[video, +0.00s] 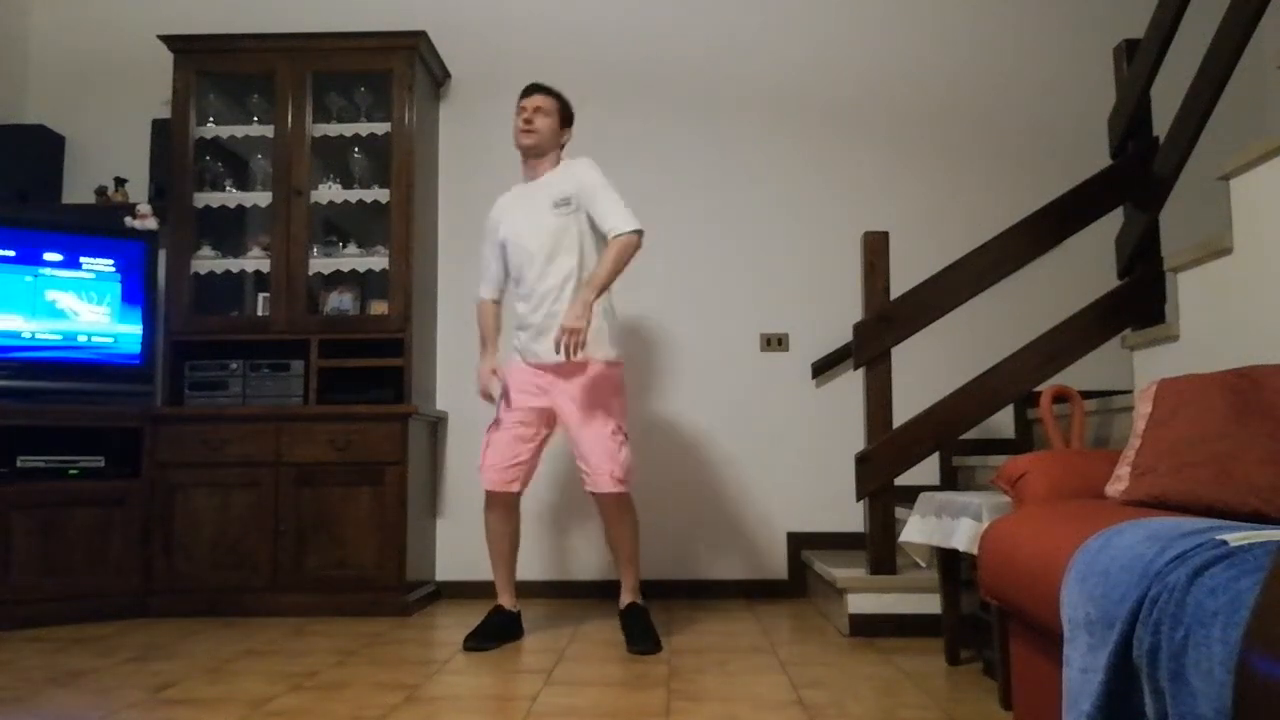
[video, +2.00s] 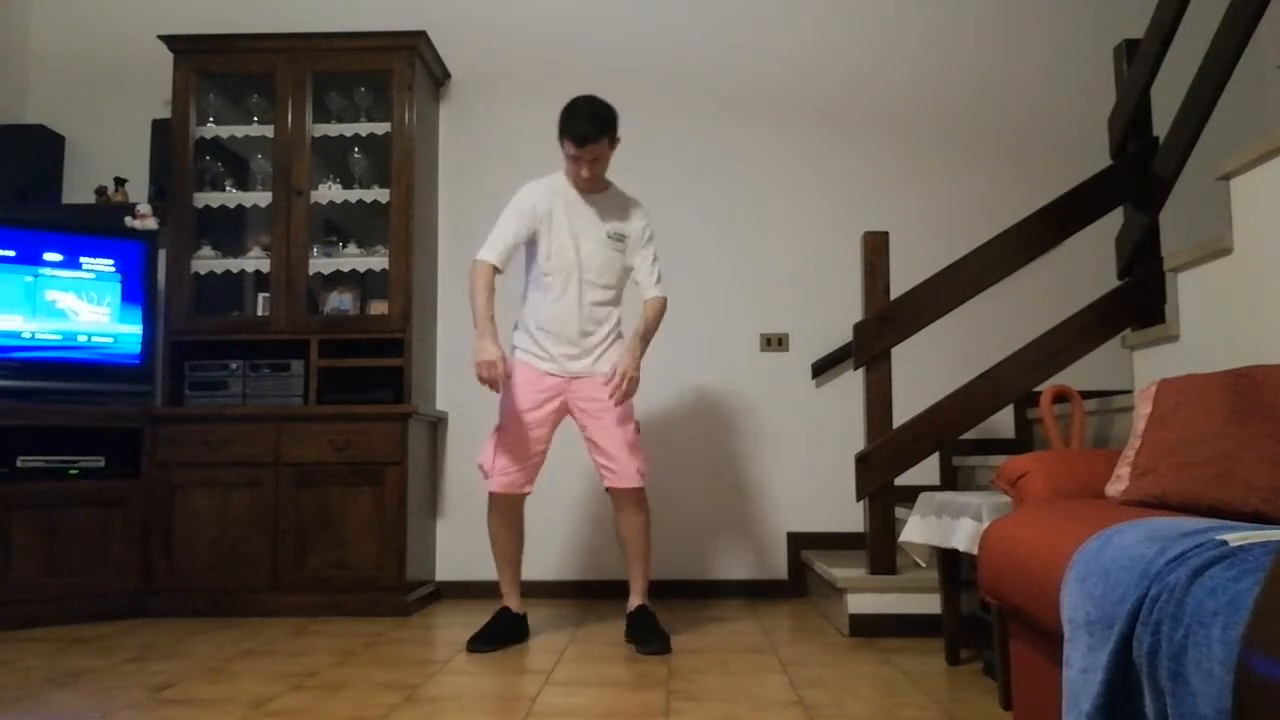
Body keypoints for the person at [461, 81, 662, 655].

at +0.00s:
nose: (525, 119)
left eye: (538, 113)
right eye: (521, 113)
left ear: (563, 131)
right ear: (514, 129)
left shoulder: (579, 174)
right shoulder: (503, 208)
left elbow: (627, 236)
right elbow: (489, 290)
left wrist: (585, 301)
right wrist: (489, 353)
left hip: (588, 366)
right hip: (524, 371)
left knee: (610, 485)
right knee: (498, 482)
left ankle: (632, 601)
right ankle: (505, 608)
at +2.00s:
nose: (585, 171)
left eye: (596, 159)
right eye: (575, 159)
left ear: (615, 146)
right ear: (560, 146)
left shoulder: (631, 214)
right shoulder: (535, 199)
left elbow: (654, 297)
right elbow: (483, 266)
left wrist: (635, 346)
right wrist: (485, 339)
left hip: (603, 369)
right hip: (533, 366)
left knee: (629, 483)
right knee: (504, 483)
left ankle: (639, 607)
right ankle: (511, 610)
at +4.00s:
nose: (590, 117)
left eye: (601, 108)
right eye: (580, 109)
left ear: (622, 117)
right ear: (570, 120)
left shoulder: (639, 195)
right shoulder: (547, 186)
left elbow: (668, 271)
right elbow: (477, 242)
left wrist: (662, 314)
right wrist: (450, 298)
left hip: (614, 363)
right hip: (542, 358)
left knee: (634, 482)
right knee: (495, 469)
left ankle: (638, 609)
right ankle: (492, 603)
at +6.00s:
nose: (526, 130)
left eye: (539, 119)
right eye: (517, 120)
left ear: (563, 126)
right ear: (508, 127)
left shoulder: (596, 179)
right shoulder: (508, 211)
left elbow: (662, 234)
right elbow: (492, 298)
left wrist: (641, 289)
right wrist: (509, 338)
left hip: (605, 369)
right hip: (536, 374)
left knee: (630, 484)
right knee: (508, 489)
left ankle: (638, 612)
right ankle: (513, 614)